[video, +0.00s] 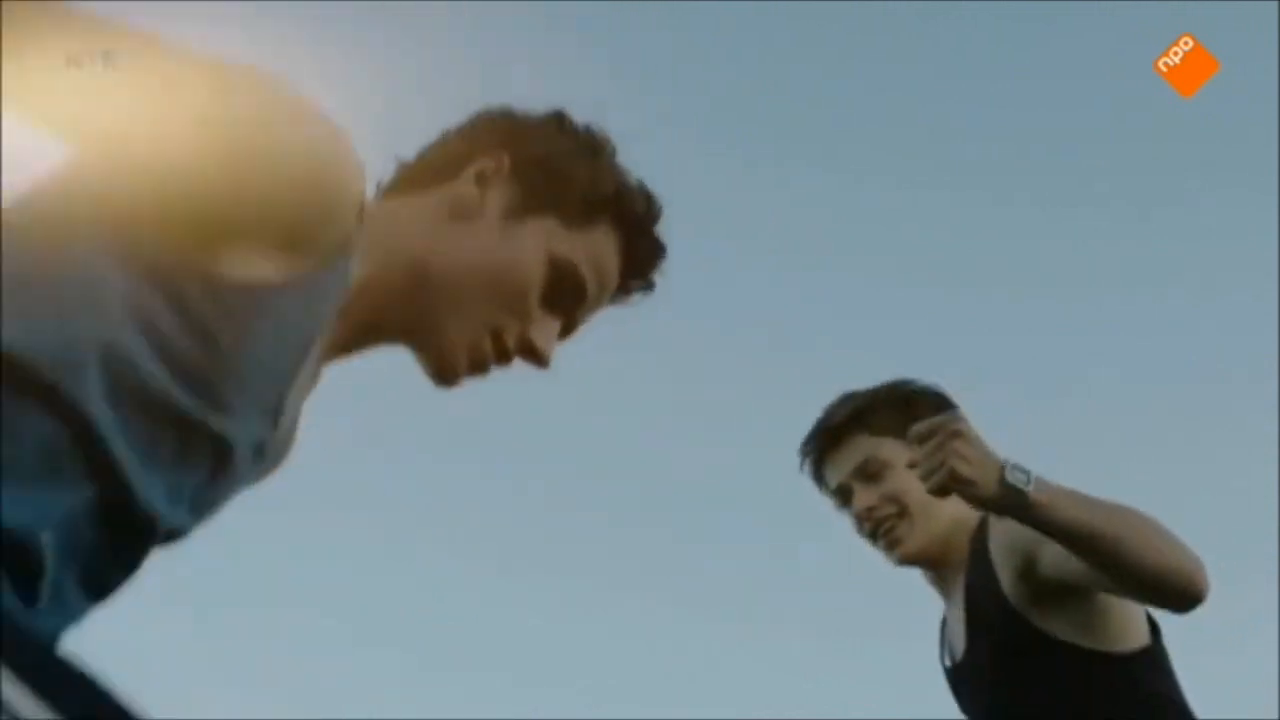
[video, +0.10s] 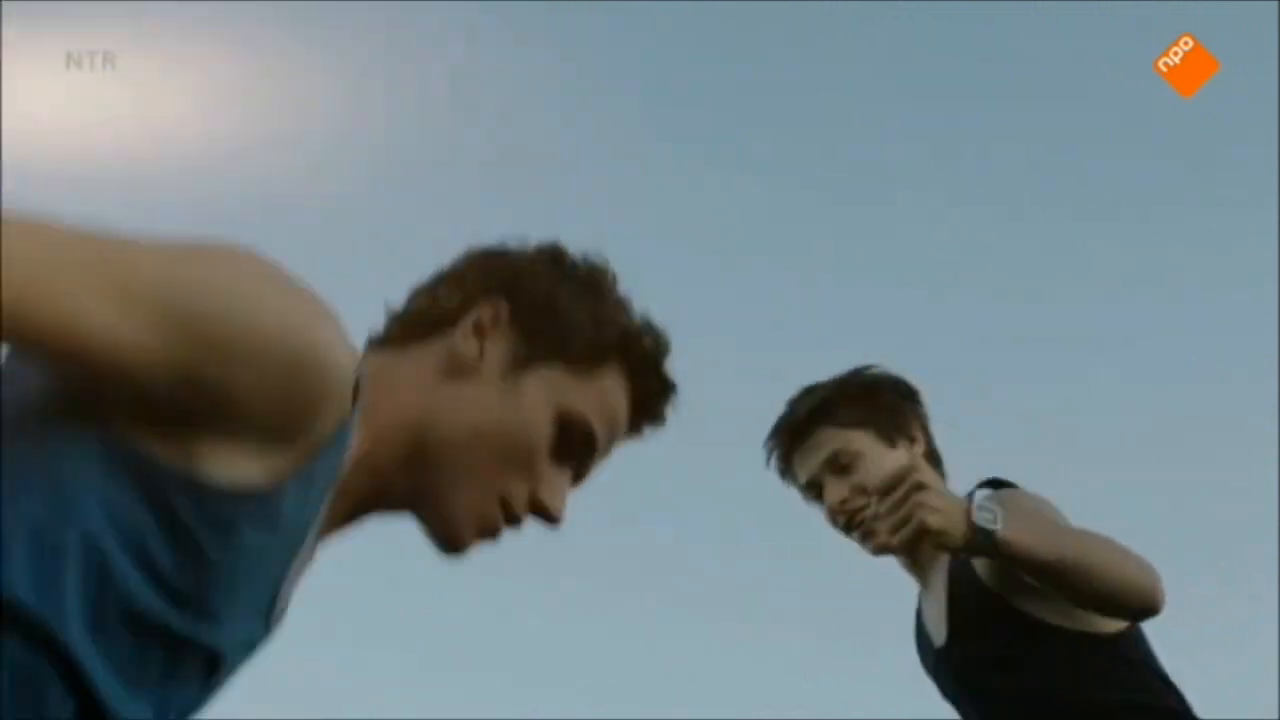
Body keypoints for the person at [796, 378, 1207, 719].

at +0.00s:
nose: (862, 507)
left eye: (875, 474)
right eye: (845, 498)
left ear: (938, 455)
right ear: (845, 518)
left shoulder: (1018, 543)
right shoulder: (954, 633)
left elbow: (1185, 584)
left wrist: (1007, 485)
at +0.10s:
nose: (836, 501)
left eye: (845, 465)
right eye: (817, 493)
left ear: (912, 441)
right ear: (819, 513)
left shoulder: (997, 517)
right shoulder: (929, 627)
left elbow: (1143, 593)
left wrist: (976, 524)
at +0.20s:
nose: (818, 505)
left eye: (827, 469)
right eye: (799, 497)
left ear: (893, 443)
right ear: (802, 514)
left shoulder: (984, 512)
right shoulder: (914, 639)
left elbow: (1113, 583)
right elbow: (1014, 700)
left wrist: (951, 554)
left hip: (1147, 703)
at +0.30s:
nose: (792, 523)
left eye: (800, 487)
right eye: (774, 515)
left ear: (864, 458)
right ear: (773, 529)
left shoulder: (962, 526)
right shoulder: (885, 622)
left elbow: (1078, 561)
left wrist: (928, 596)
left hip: (1126, 707)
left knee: (1016, 689)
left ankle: (1087, 708)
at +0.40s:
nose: (776, 540)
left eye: (784, 504)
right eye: (757, 533)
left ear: (845, 472)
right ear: (755, 547)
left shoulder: (947, 537)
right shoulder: (873, 638)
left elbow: (1061, 558)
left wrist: (924, 614)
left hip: (1116, 707)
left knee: (983, 683)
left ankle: (1065, 708)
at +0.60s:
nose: (742, 604)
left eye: (749, 568)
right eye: (721, 594)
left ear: (811, 533)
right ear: (718, 606)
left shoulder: (908, 587)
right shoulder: (844, 689)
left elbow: (1059, 599)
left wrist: (916, 646)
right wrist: (868, 708)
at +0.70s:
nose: (725, 650)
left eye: (732, 613)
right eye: (704, 639)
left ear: (793, 579)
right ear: (701, 651)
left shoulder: (899, 658)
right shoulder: (823, 706)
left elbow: (1058, 640)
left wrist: (925, 619)